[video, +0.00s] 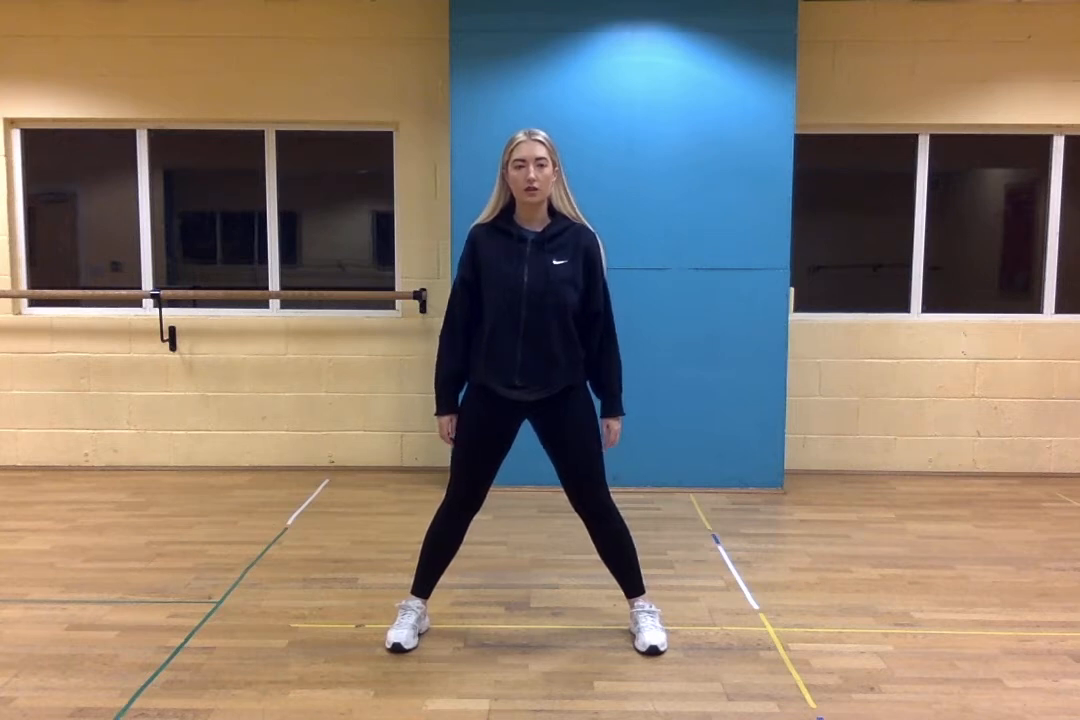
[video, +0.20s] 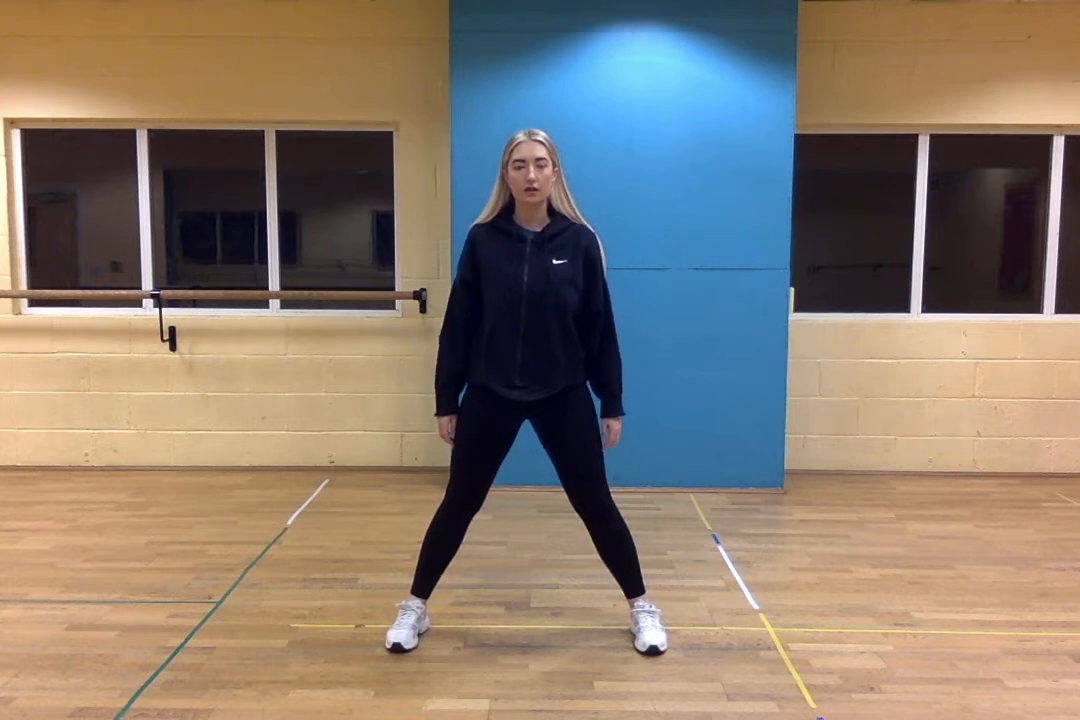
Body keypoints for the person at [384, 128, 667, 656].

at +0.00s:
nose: (531, 173)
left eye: (540, 164)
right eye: (520, 164)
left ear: (555, 172)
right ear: (506, 174)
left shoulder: (581, 240)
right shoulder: (484, 237)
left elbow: (599, 323)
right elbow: (458, 319)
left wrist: (611, 403)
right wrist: (446, 399)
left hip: (563, 393)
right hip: (491, 393)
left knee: (594, 502)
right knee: (460, 501)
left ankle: (641, 607)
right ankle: (414, 606)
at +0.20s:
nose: (531, 173)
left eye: (540, 164)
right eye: (520, 165)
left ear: (555, 172)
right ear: (506, 174)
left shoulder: (580, 240)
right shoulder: (483, 237)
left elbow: (599, 323)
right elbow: (458, 319)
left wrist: (611, 403)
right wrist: (447, 399)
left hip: (563, 393)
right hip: (491, 393)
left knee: (594, 503)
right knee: (459, 501)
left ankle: (641, 607)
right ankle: (414, 606)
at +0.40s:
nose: (529, 173)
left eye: (539, 164)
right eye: (519, 165)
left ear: (554, 172)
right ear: (505, 175)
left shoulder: (580, 240)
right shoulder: (483, 237)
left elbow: (598, 324)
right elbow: (458, 320)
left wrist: (610, 403)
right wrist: (447, 399)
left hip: (563, 393)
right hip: (491, 393)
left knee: (594, 503)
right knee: (459, 501)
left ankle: (641, 607)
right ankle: (414, 606)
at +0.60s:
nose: (529, 173)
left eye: (538, 164)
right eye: (518, 165)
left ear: (553, 172)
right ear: (504, 175)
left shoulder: (579, 239)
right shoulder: (482, 237)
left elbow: (598, 323)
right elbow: (458, 320)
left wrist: (610, 403)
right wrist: (448, 399)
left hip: (563, 393)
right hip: (491, 393)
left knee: (595, 502)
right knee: (460, 501)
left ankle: (641, 607)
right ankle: (414, 606)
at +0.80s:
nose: (529, 173)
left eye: (538, 164)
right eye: (518, 165)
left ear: (553, 172)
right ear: (504, 175)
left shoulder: (579, 239)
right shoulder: (482, 238)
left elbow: (597, 324)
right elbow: (458, 321)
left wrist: (609, 403)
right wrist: (447, 401)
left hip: (562, 394)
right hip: (491, 394)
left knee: (594, 502)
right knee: (460, 501)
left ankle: (641, 607)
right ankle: (414, 606)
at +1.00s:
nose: (529, 173)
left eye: (538, 163)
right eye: (518, 165)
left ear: (553, 172)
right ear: (504, 175)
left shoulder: (579, 239)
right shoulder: (482, 238)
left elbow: (597, 324)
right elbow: (458, 321)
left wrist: (609, 404)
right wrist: (448, 401)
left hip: (562, 394)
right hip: (491, 394)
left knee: (594, 502)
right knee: (460, 501)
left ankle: (641, 607)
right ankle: (414, 606)